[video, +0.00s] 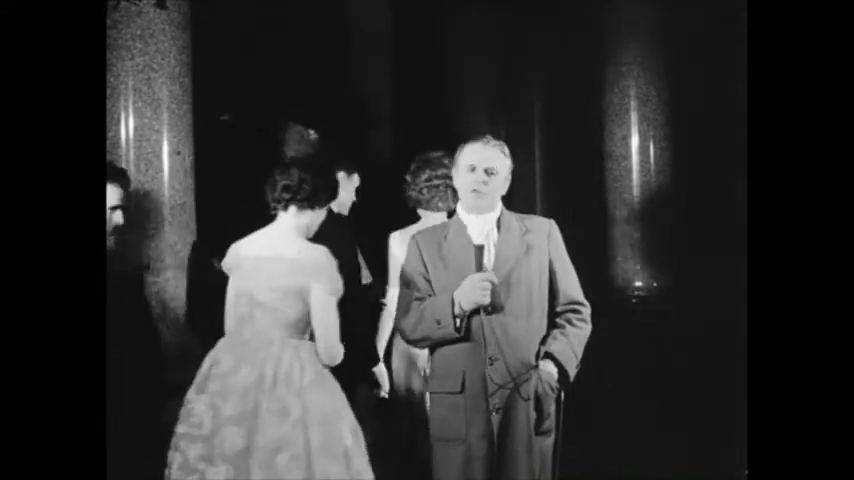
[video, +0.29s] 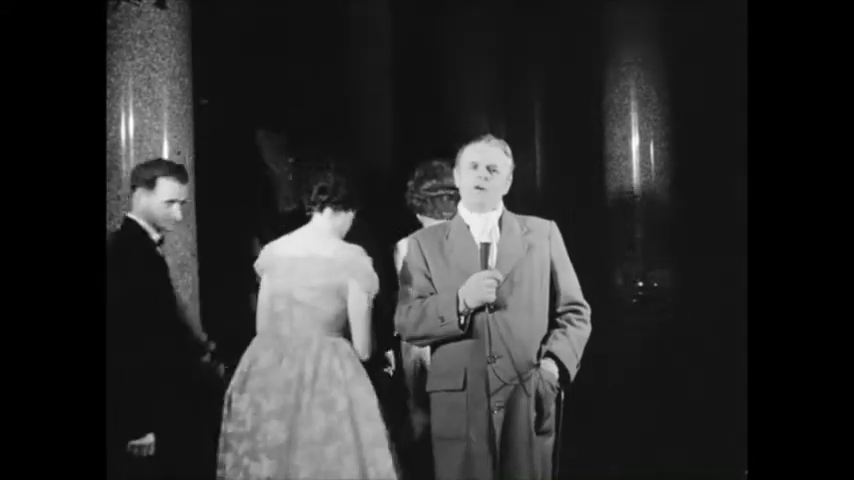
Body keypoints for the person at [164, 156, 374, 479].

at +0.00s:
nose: (325, 218)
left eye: (326, 209)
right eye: (324, 209)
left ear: (279, 201)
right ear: (313, 207)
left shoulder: (240, 249)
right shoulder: (317, 259)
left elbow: (230, 327)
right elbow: (331, 353)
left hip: (236, 371)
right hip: (291, 377)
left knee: (232, 468)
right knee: (294, 468)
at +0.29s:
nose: (352, 220)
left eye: (353, 211)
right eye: (352, 211)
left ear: (311, 204)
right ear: (346, 209)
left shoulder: (273, 252)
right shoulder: (353, 259)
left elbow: (262, 326)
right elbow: (363, 349)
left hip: (271, 370)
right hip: (327, 374)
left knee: (267, 467)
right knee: (330, 467)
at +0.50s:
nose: (371, 215)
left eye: (370, 206)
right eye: (369, 207)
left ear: (329, 203)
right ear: (363, 209)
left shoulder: (296, 254)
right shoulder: (370, 255)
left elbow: (288, 331)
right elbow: (384, 340)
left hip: (299, 370)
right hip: (352, 373)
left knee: (297, 467)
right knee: (355, 466)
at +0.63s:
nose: (381, 218)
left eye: (382, 210)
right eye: (381, 210)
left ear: (340, 204)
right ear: (371, 209)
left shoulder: (309, 251)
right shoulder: (383, 250)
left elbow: (301, 326)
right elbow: (398, 329)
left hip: (317, 359)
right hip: (369, 363)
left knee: (315, 458)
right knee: (371, 458)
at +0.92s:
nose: (406, 208)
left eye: (406, 201)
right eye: (406, 201)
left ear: (369, 199)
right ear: (398, 200)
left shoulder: (339, 242)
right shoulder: (413, 242)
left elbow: (325, 311)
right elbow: (422, 307)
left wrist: (341, 351)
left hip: (349, 351)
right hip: (400, 351)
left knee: (344, 446)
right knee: (400, 447)